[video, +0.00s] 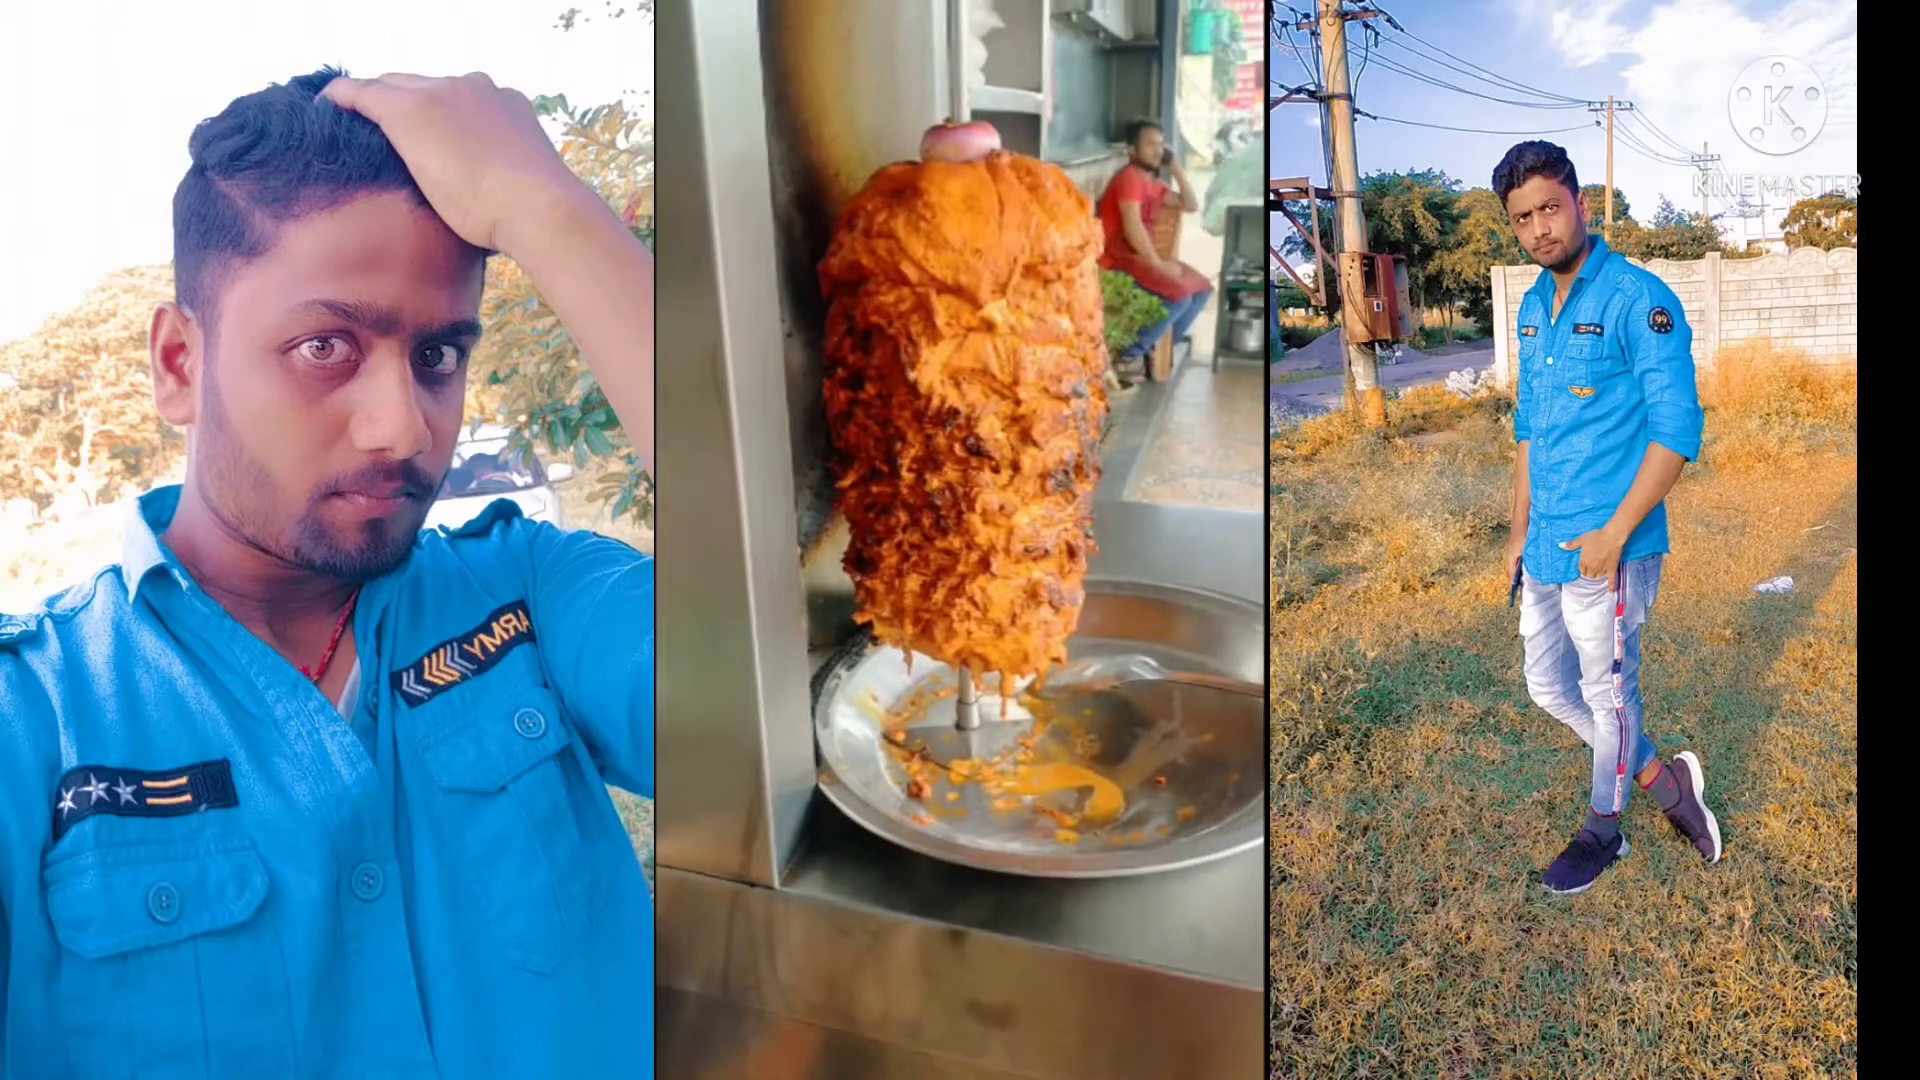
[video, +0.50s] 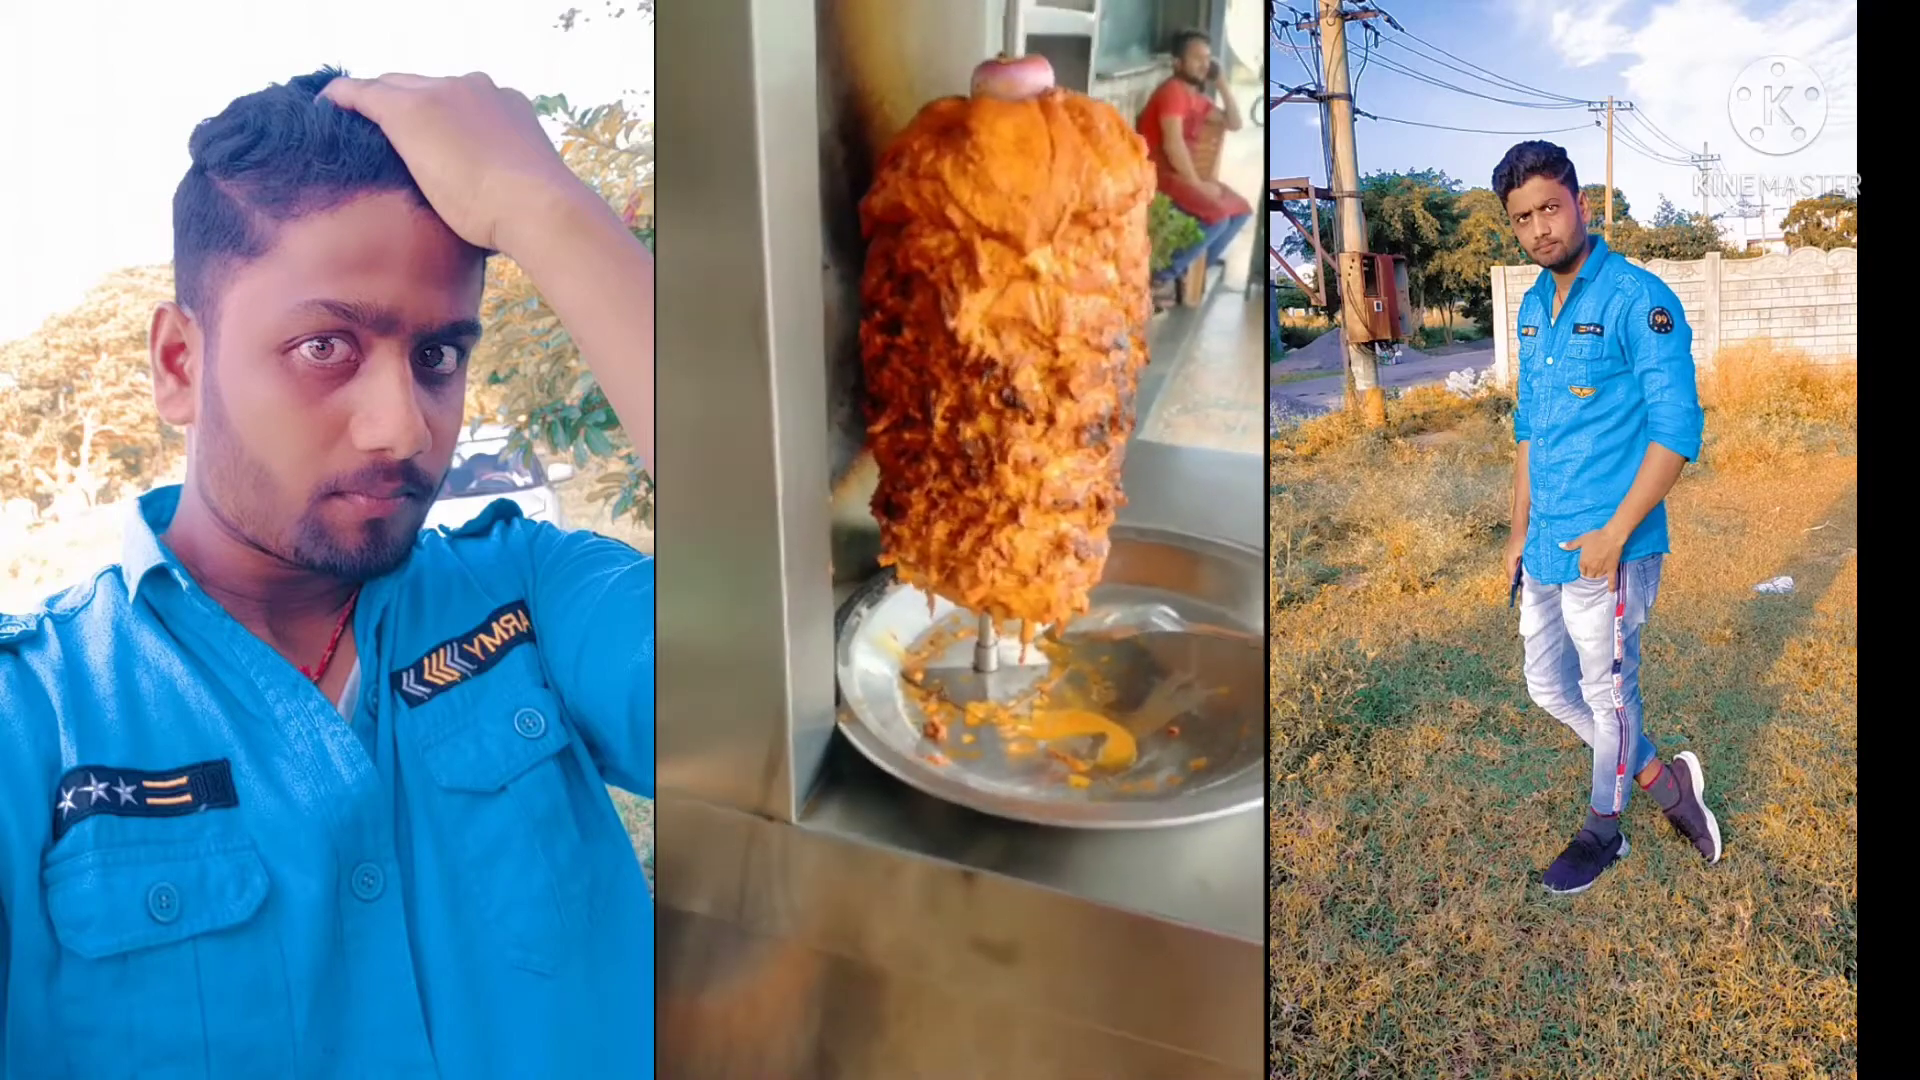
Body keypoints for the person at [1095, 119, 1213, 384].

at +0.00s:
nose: (1158, 150)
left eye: (1161, 144)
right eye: (1151, 144)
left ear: (1163, 149)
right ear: (1133, 148)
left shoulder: (1153, 183)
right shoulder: (1129, 178)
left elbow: (1189, 205)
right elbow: (1131, 227)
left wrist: (1176, 171)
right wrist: (1157, 264)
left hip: (1143, 254)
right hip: (1120, 256)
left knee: (1201, 288)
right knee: (1179, 295)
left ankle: (1163, 347)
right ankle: (1131, 354)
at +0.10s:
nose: (1163, 140)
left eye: (1166, 134)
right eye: (1156, 134)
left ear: (1168, 140)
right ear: (1137, 140)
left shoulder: (1157, 173)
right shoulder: (1133, 168)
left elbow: (1194, 196)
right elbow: (1136, 218)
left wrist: (1180, 159)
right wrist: (1161, 254)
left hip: (1146, 246)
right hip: (1123, 248)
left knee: (1206, 279)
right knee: (1182, 285)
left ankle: (1167, 340)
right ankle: (1134, 347)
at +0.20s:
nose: (1178, 122)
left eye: (1181, 116)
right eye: (1171, 116)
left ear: (1183, 121)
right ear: (1153, 120)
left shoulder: (1172, 154)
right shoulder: (1148, 149)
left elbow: (1209, 178)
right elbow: (1150, 200)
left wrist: (1195, 141)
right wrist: (1175, 237)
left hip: (1163, 228)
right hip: (1139, 230)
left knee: (1220, 262)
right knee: (1198, 269)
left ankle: (1181, 322)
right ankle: (1148, 328)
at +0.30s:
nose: (1185, 84)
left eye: (1188, 79)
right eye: (1178, 78)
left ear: (1190, 83)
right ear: (1160, 82)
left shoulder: (1179, 117)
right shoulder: (1154, 112)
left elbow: (1215, 143)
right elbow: (1155, 162)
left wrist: (1202, 105)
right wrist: (1178, 202)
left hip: (1171, 193)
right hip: (1146, 194)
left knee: (1225, 229)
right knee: (1202, 236)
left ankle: (1183, 288)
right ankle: (1150, 295)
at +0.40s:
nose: (1196, 67)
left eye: (1199, 61)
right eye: (1189, 61)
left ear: (1201, 66)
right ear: (1170, 64)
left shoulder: (1188, 100)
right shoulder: (1164, 95)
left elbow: (1225, 128)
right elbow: (1165, 147)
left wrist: (1213, 88)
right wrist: (1189, 187)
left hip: (1179, 178)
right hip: (1154, 179)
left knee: (1235, 214)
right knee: (1211, 220)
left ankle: (1192, 270)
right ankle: (1158, 278)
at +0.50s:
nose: (1204, 63)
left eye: (1207, 57)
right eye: (1197, 57)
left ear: (1209, 63)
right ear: (1178, 61)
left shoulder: (1195, 97)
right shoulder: (1173, 91)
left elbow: (1234, 123)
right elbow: (1172, 142)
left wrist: (1221, 83)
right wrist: (1196, 184)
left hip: (1180, 174)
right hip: (1157, 174)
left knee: (1241, 210)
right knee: (1217, 217)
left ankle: (1190, 270)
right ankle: (1163, 276)